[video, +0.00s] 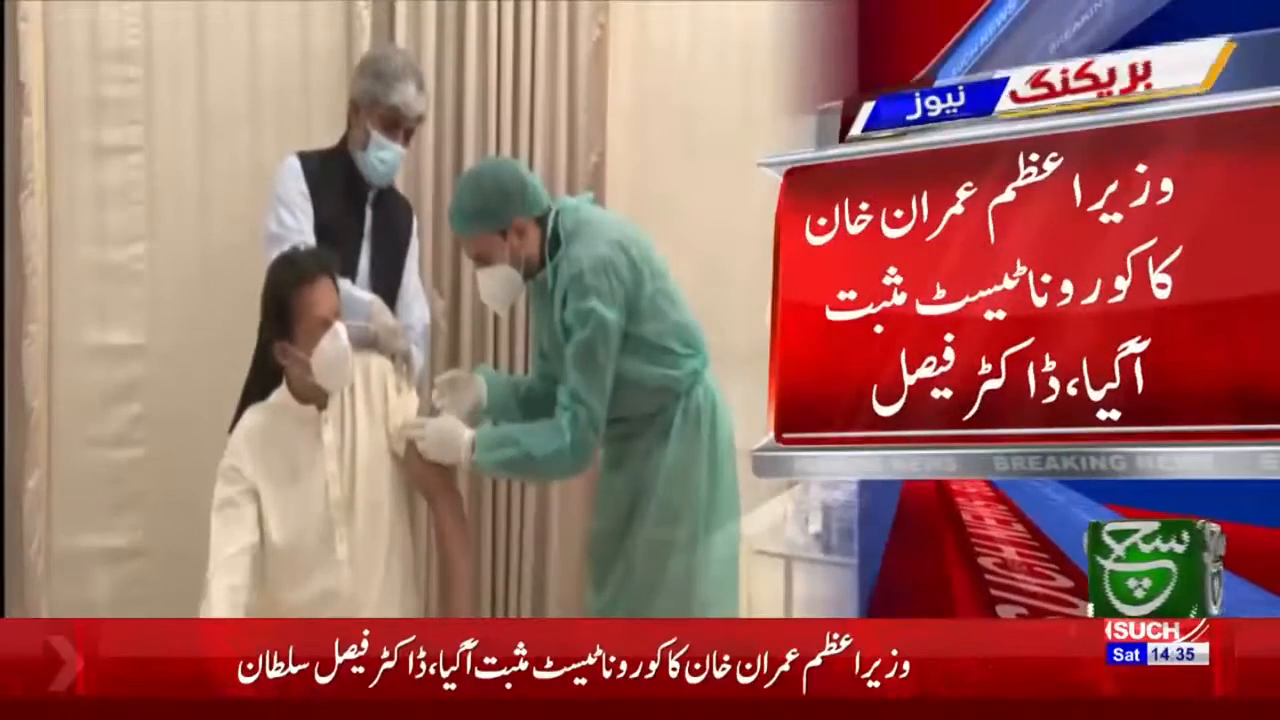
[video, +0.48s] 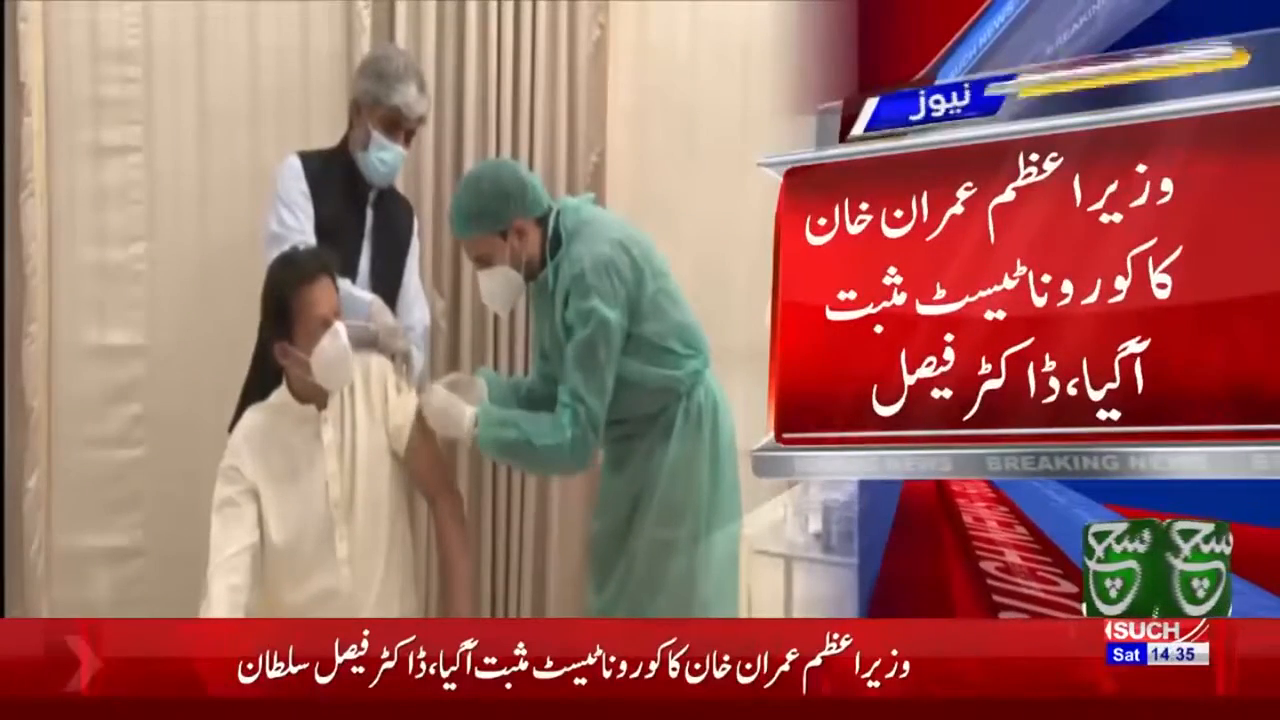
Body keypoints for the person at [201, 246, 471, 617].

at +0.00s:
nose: (340, 337)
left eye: (340, 321)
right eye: (322, 328)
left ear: (349, 320)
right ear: (284, 351)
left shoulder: (378, 382)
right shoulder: (254, 435)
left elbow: (444, 496)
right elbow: (229, 569)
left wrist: (460, 615)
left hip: (387, 615)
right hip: (292, 626)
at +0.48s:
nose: (339, 336)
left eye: (340, 320)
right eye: (322, 328)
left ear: (349, 319)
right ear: (284, 349)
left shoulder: (376, 381)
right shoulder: (253, 436)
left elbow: (444, 497)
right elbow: (229, 571)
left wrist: (460, 615)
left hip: (390, 619)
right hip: (294, 633)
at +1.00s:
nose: (339, 337)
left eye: (339, 320)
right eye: (322, 329)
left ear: (350, 320)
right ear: (283, 351)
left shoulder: (376, 381)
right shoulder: (254, 435)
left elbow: (444, 496)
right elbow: (230, 570)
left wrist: (460, 614)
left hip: (389, 619)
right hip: (293, 633)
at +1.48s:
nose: (335, 340)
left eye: (341, 323)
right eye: (318, 328)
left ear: (355, 327)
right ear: (281, 347)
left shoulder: (385, 406)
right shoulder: (255, 433)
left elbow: (445, 499)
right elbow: (231, 563)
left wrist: (460, 614)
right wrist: (218, 641)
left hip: (390, 621)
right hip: (292, 630)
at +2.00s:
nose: (336, 338)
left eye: (337, 322)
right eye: (319, 330)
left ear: (347, 320)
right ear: (281, 350)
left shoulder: (375, 381)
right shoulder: (253, 435)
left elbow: (442, 495)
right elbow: (229, 569)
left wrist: (459, 615)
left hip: (389, 618)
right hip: (293, 632)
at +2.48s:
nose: (336, 338)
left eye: (338, 322)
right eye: (319, 329)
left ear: (347, 320)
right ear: (281, 349)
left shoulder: (375, 381)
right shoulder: (253, 436)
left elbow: (442, 495)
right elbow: (230, 567)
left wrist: (459, 615)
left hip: (388, 618)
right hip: (292, 630)